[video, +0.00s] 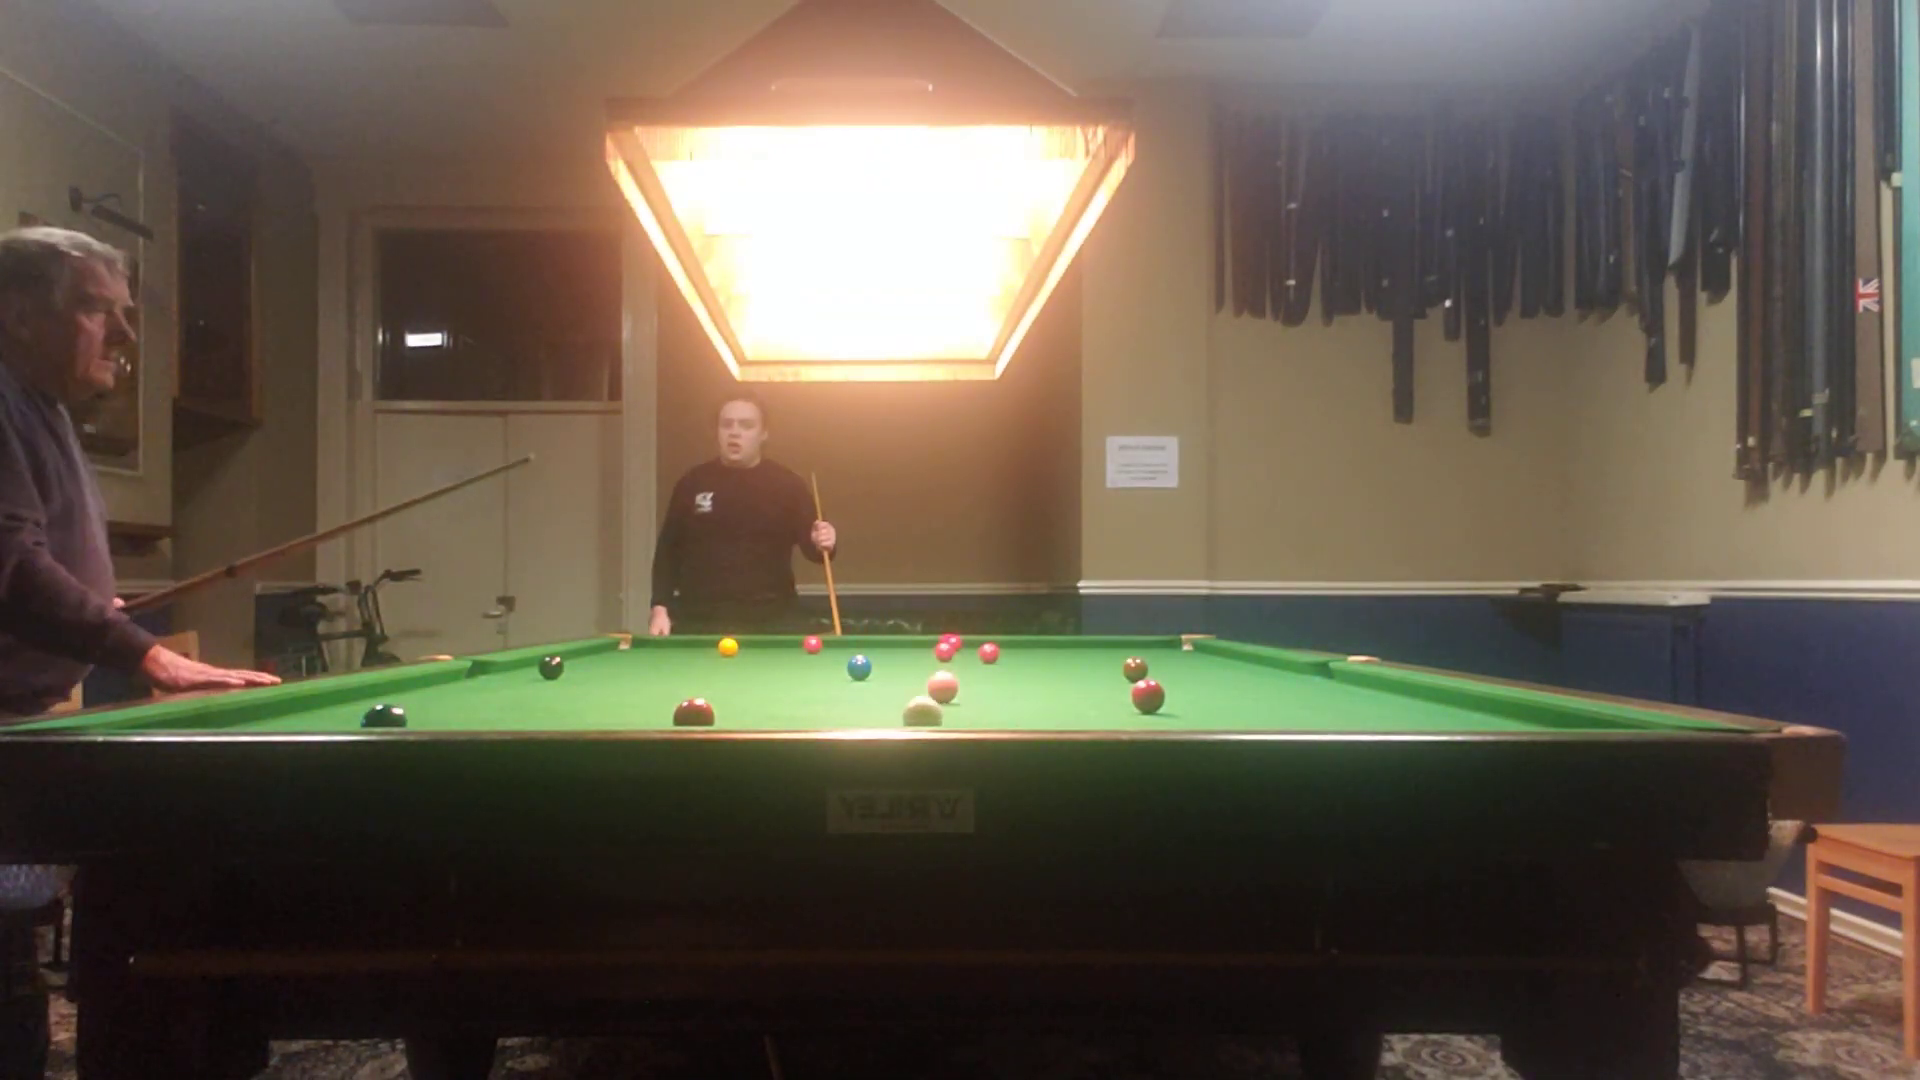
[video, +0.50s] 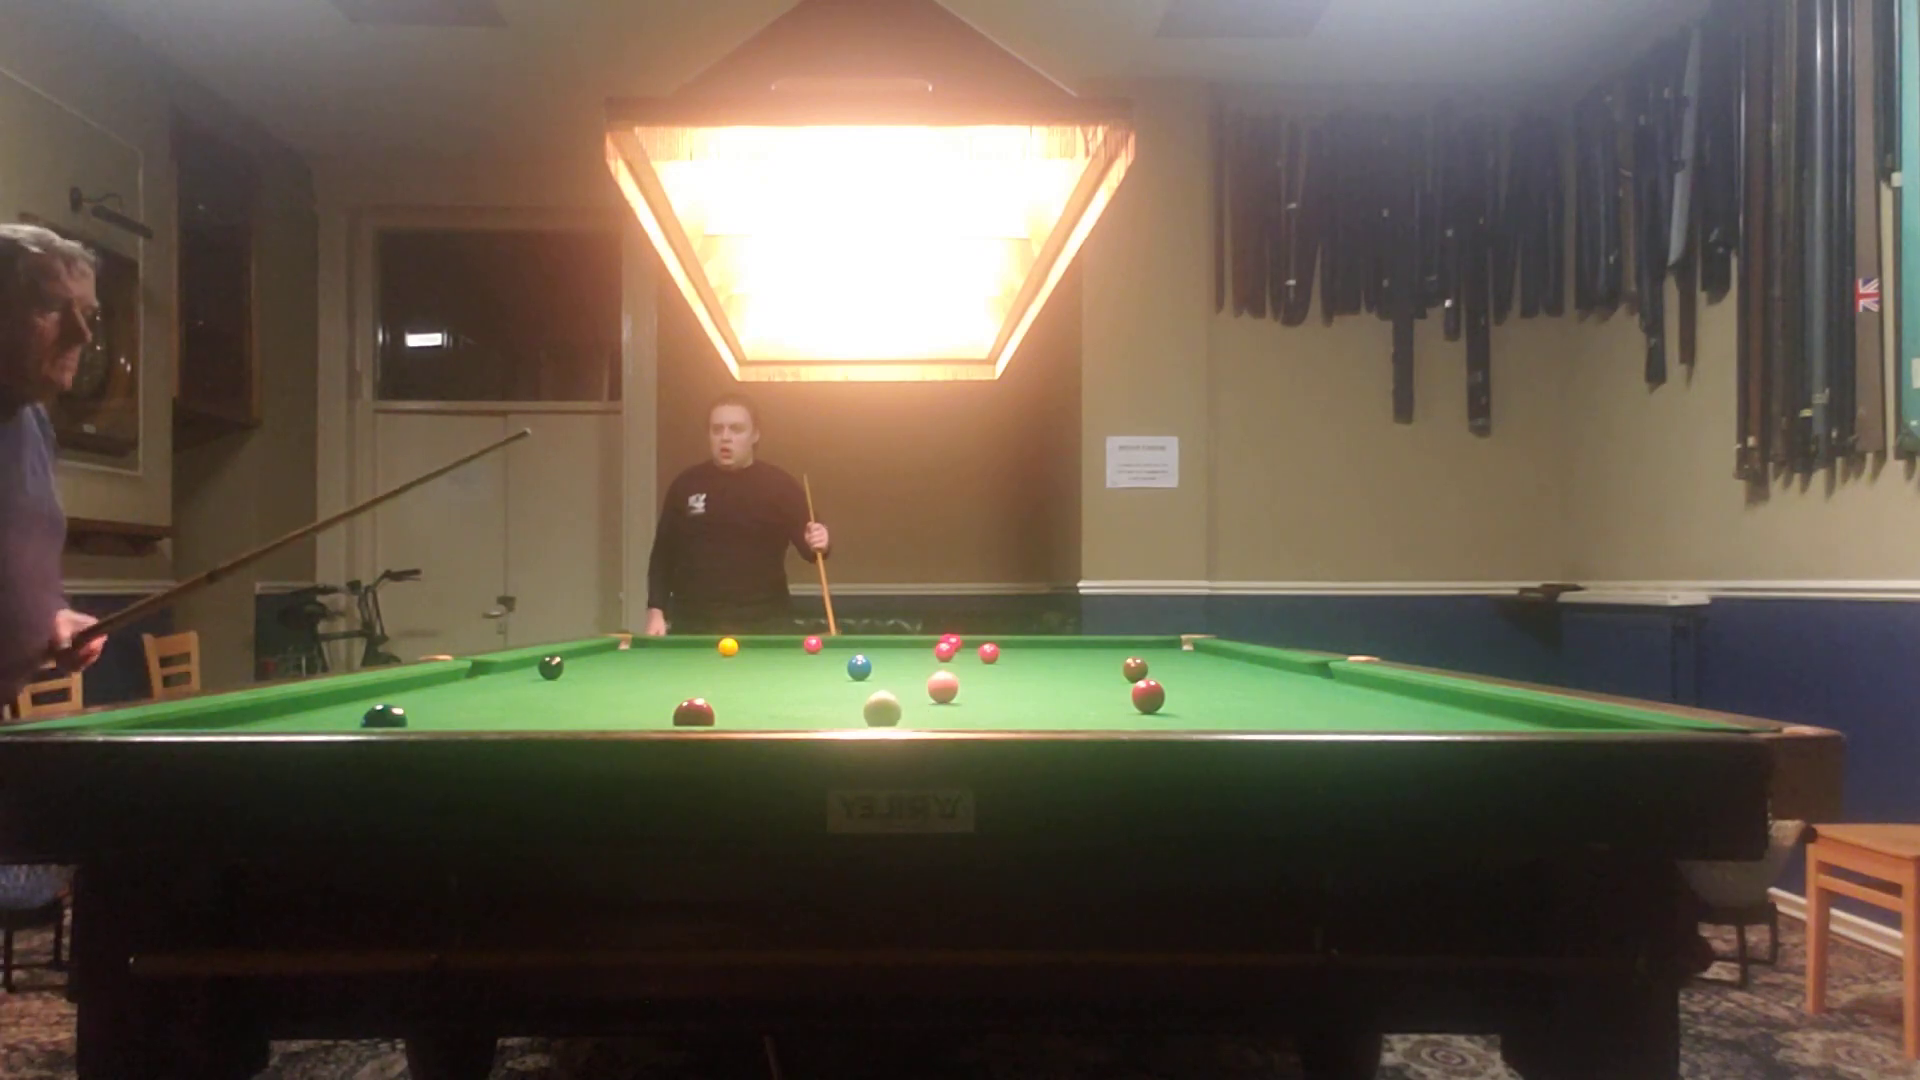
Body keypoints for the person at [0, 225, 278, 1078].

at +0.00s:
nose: (124, 336)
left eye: (124, 318)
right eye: (103, 312)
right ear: (26, 316)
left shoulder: (46, 417)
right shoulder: (8, 410)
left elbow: (61, 574)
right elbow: (16, 561)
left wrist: (161, 658)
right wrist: (149, 654)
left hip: (48, 719)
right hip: (14, 723)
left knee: (30, 916)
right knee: (16, 919)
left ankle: (29, 1054)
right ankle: (23, 1058)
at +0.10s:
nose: (113, 327)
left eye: (114, 308)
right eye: (91, 303)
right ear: (22, 308)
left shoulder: (42, 417)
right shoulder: (10, 411)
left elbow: (57, 576)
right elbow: (12, 560)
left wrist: (154, 655)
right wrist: (138, 659)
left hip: (44, 716)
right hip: (11, 722)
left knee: (26, 922)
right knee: (17, 925)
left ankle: (19, 1052)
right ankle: (15, 1053)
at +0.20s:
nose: (103, 322)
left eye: (103, 300)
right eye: (76, 297)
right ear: (14, 303)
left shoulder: (30, 405)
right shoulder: (10, 407)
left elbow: (28, 544)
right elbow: (5, 571)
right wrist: (117, 665)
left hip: (49, 700)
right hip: (14, 707)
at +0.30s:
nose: (90, 321)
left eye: (92, 301)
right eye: (63, 297)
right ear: (5, 300)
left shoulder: (24, 403)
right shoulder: (7, 408)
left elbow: (19, 547)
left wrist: (72, 597)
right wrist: (62, 681)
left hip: (40, 700)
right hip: (10, 709)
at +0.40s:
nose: (79, 324)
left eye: (84, 304)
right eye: (52, 301)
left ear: (91, 308)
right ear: (3, 306)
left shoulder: (28, 407)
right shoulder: (12, 411)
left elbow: (19, 551)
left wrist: (59, 610)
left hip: (16, 699)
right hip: (0, 702)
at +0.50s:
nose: (80, 333)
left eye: (87, 313)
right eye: (51, 309)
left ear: (93, 316)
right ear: (2, 315)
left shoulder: (32, 423)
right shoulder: (18, 426)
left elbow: (26, 574)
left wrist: (58, 618)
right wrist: (46, 627)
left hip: (15, 700)